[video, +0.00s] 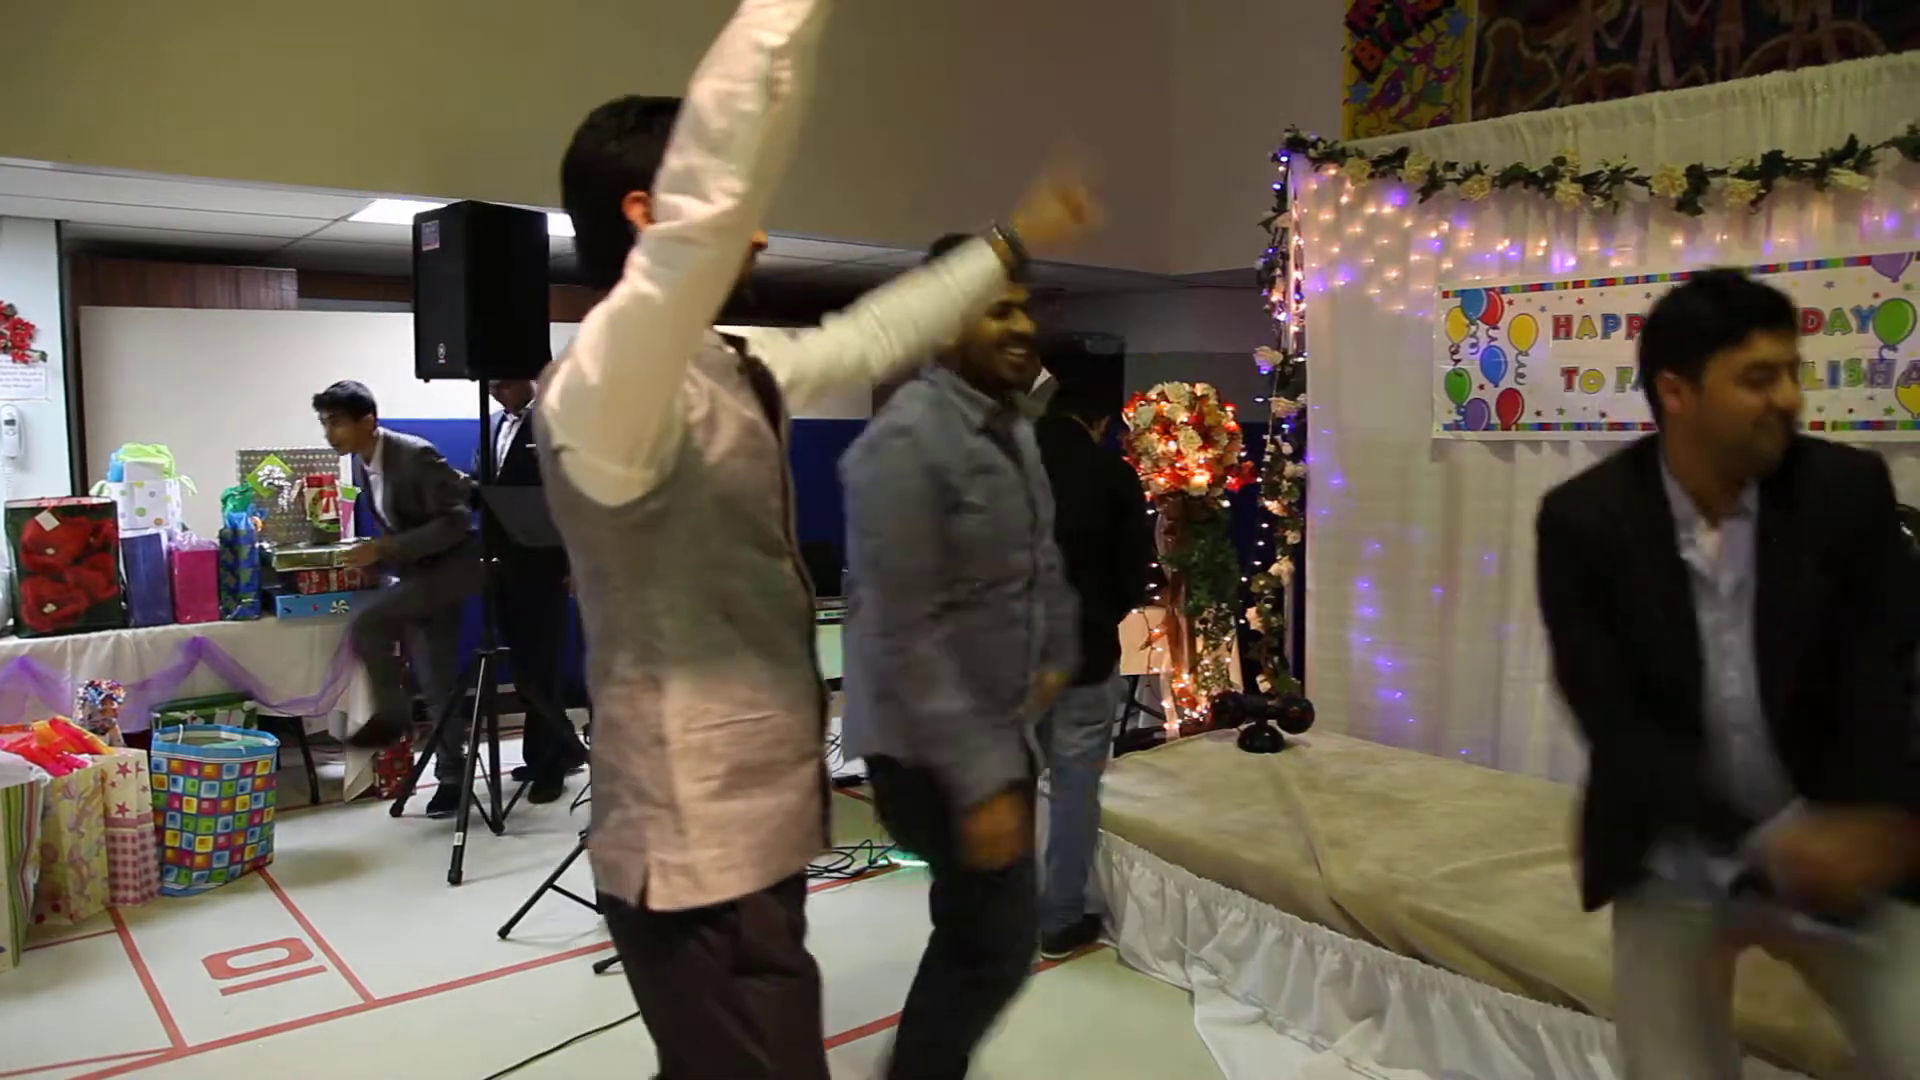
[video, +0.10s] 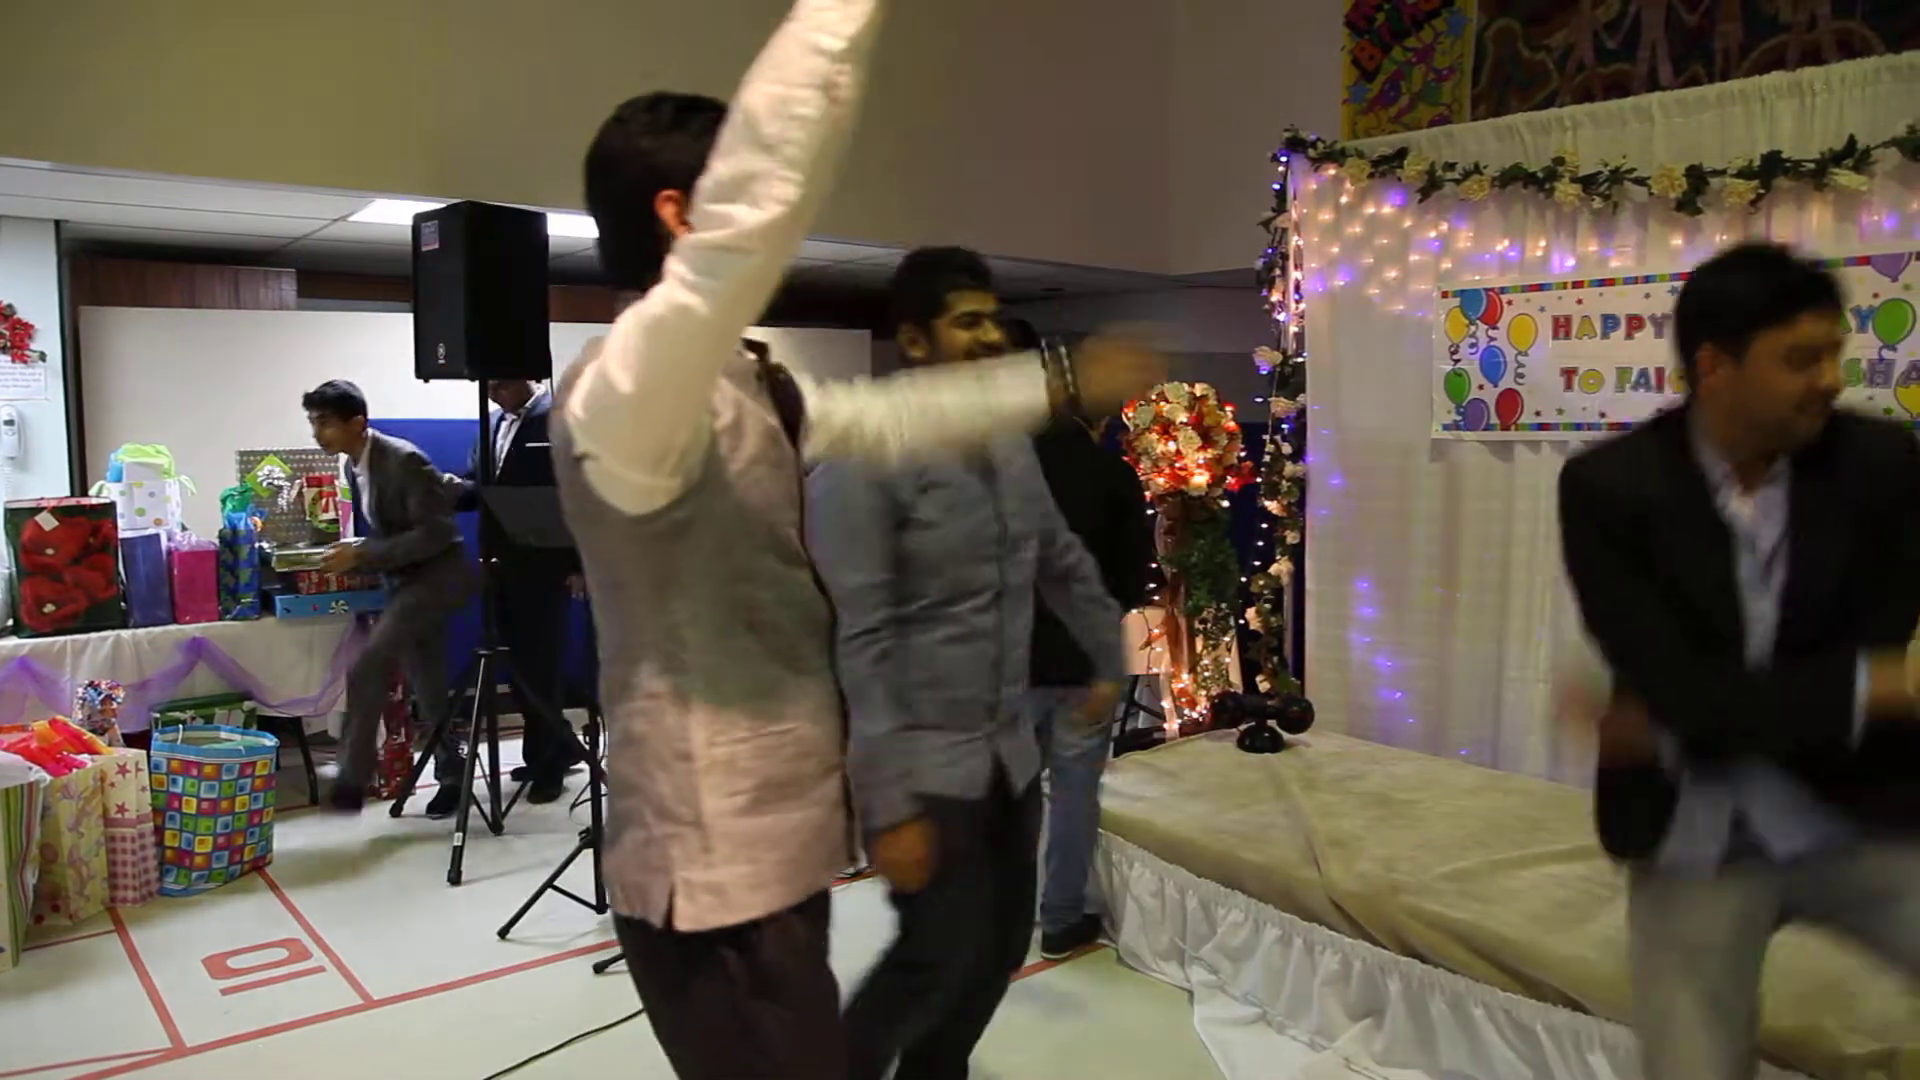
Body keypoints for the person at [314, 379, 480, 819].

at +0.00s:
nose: (328, 436)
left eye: (335, 425)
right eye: (325, 427)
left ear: (367, 421)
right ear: (337, 426)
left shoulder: (416, 456)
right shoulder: (362, 462)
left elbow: (459, 519)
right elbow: (382, 526)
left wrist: (385, 548)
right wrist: (369, 562)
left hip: (452, 574)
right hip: (417, 577)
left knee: (368, 621)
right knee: (437, 682)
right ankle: (453, 778)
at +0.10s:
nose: (317, 435)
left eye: (324, 425)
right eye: (314, 426)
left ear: (357, 421)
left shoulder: (406, 461)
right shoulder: (352, 467)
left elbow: (438, 533)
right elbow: (375, 532)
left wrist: (363, 553)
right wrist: (349, 557)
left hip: (437, 580)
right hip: (405, 582)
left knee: (368, 669)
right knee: (428, 687)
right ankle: (454, 778)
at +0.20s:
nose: (300, 431)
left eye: (307, 420)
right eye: (298, 421)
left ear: (339, 419)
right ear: (332, 422)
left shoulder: (387, 467)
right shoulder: (347, 467)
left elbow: (411, 546)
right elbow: (369, 543)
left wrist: (338, 564)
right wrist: (331, 569)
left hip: (413, 601)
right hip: (386, 600)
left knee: (372, 704)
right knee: (418, 692)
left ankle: (357, 824)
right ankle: (453, 776)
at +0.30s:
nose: (279, 426)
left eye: (286, 415)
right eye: (277, 416)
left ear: (321, 415)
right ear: (306, 419)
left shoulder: (362, 466)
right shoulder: (329, 467)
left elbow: (389, 550)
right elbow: (348, 543)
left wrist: (320, 567)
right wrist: (317, 572)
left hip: (396, 604)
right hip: (366, 602)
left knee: (368, 704)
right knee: (385, 696)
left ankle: (355, 823)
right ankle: (446, 761)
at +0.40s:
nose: (253, 420)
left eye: (262, 410)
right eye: (251, 410)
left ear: (296, 411)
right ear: (283, 414)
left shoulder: (341, 463)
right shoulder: (294, 464)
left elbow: (359, 551)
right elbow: (315, 540)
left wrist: (290, 575)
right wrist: (281, 563)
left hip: (374, 601)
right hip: (333, 599)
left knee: (354, 708)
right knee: (325, 703)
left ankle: (346, 822)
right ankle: (415, 710)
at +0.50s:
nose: (231, 416)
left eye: (240, 405)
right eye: (229, 406)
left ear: (277, 406)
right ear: (247, 408)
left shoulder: (322, 460)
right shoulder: (270, 462)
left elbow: (339, 548)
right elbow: (293, 536)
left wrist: (269, 578)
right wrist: (260, 566)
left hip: (358, 597)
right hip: (309, 595)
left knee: (347, 711)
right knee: (287, 700)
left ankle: (339, 822)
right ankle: (357, 684)